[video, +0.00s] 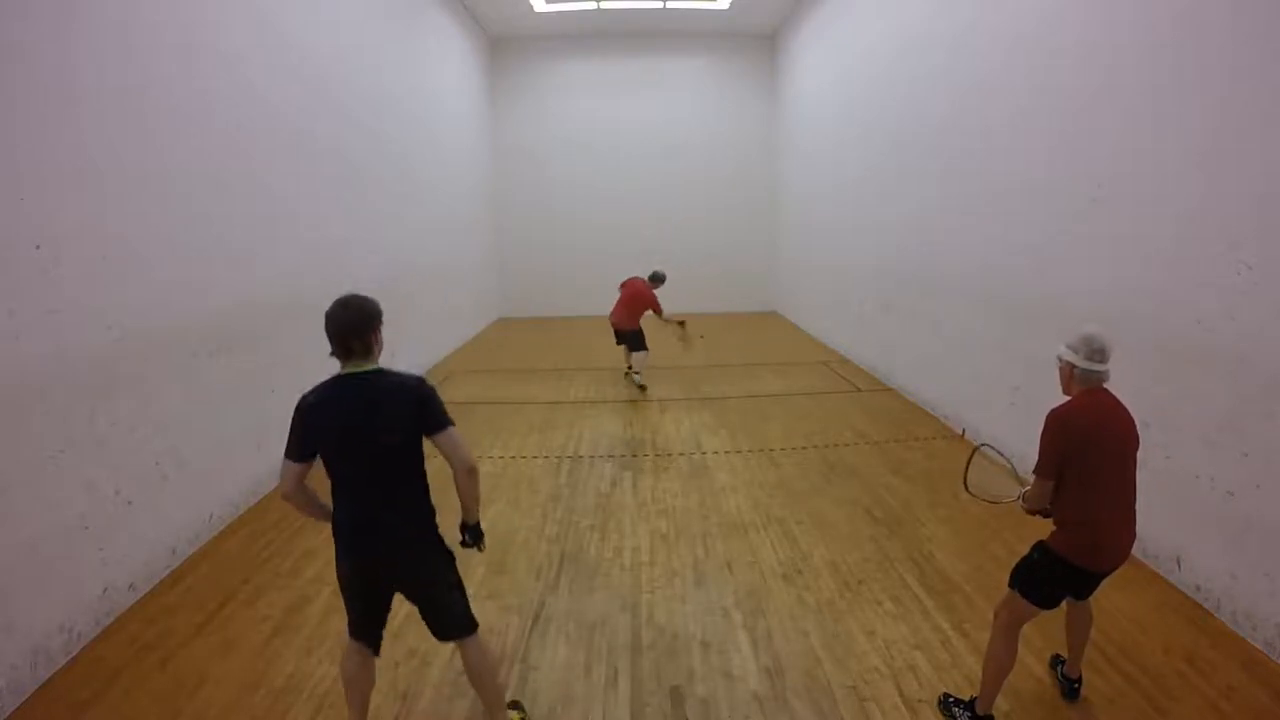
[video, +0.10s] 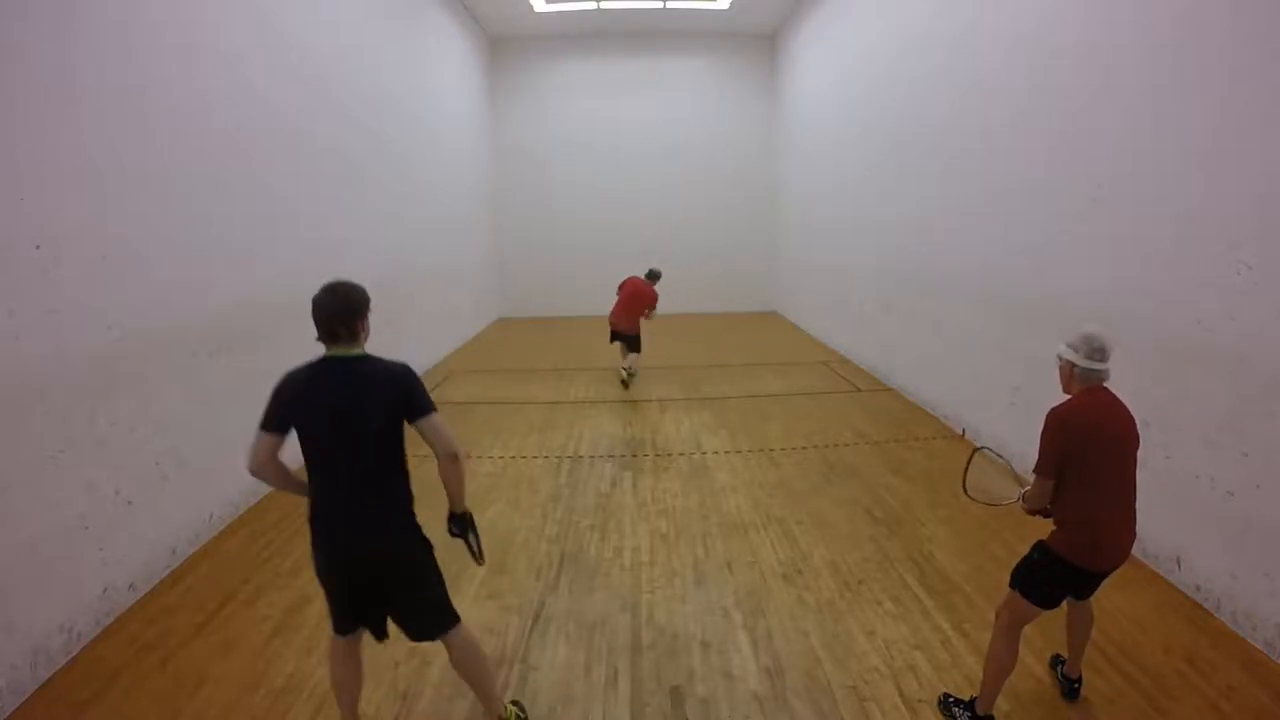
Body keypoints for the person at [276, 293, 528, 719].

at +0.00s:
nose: (382, 335)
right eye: (381, 329)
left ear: (331, 343)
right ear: (378, 336)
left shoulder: (314, 404)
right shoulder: (412, 391)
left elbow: (292, 488)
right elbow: (464, 463)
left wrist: (332, 515)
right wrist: (471, 522)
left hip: (357, 550)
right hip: (418, 543)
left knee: (360, 643)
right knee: (466, 635)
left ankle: (357, 716)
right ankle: (499, 714)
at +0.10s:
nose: (370, 323)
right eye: (368, 318)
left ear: (318, 327)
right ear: (364, 324)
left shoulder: (295, 385)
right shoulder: (395, 377)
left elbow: (260, 463)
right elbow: (448, 452)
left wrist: (307, 489)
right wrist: (459, 511)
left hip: (333, 540)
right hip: (395, 534)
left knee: (345, 635)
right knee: (449, 628)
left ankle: (349, 716)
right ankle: (498, 711)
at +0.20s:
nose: (354, 303)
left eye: (351, 295)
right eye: (352, 296)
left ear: (301, 306)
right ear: (346, 303)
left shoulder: (274, 360)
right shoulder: (375, 354)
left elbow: (234, 437)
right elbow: (428, 428)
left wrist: (285, 475)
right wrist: (437, 495)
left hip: (307, 520)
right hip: (370, 513)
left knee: (312, 621)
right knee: (427, 610)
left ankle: (319, 715)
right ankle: (476, 701)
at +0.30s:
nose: (336, 311)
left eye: (333, 303)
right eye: (334, 304)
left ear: (283, 314)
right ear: (327, 311)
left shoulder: (257, 369)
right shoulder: (357, 363)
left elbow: (217, 448)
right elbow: (414, 436)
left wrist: (258, 497)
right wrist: (425, 496)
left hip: (292, 526)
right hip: (355, 519)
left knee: (289, 629)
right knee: (409, 616)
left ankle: (286, 716)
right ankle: (456, 707)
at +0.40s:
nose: (317, 344)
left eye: (313, 337)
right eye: (316, 338)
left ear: (266, 348)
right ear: (310, 344)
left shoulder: (244, 407)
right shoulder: (341, 396)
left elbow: (211, 492)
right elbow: (404, 467)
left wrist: (242, 546)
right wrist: (418, 519)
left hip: (282, 558)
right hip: (346, 552)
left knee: (269, 658)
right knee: (397, 642)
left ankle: (261, 718)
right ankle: (438, 715)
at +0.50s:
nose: (294, 370)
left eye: (291, 364)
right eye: (292, 365)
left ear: (244, 378)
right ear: (287, 372)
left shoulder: (225, 436)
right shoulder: (319, 423)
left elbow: (202, 525)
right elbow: (376, 494)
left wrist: (222, 576)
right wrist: (380, 538)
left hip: (267, 578)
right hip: (327, 570)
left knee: (265, 667)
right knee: (383, 644)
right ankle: (429, 713)